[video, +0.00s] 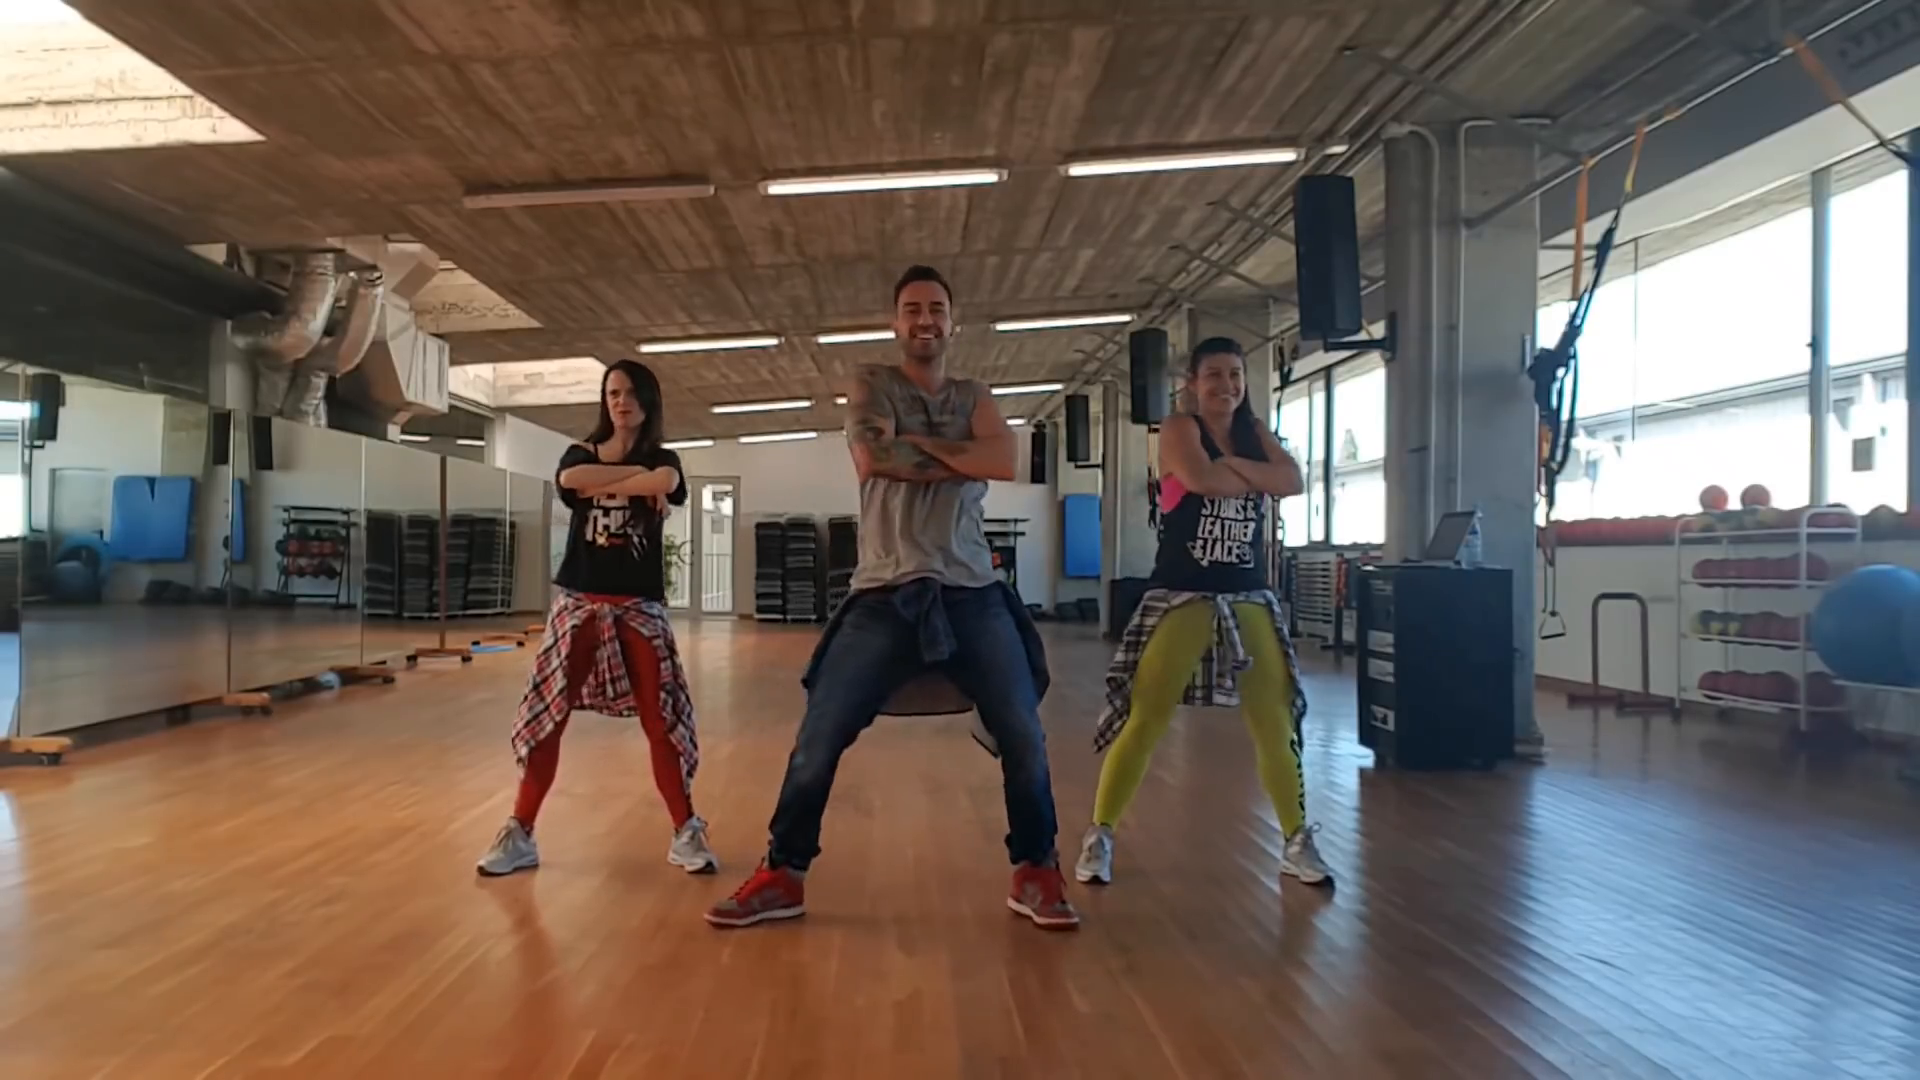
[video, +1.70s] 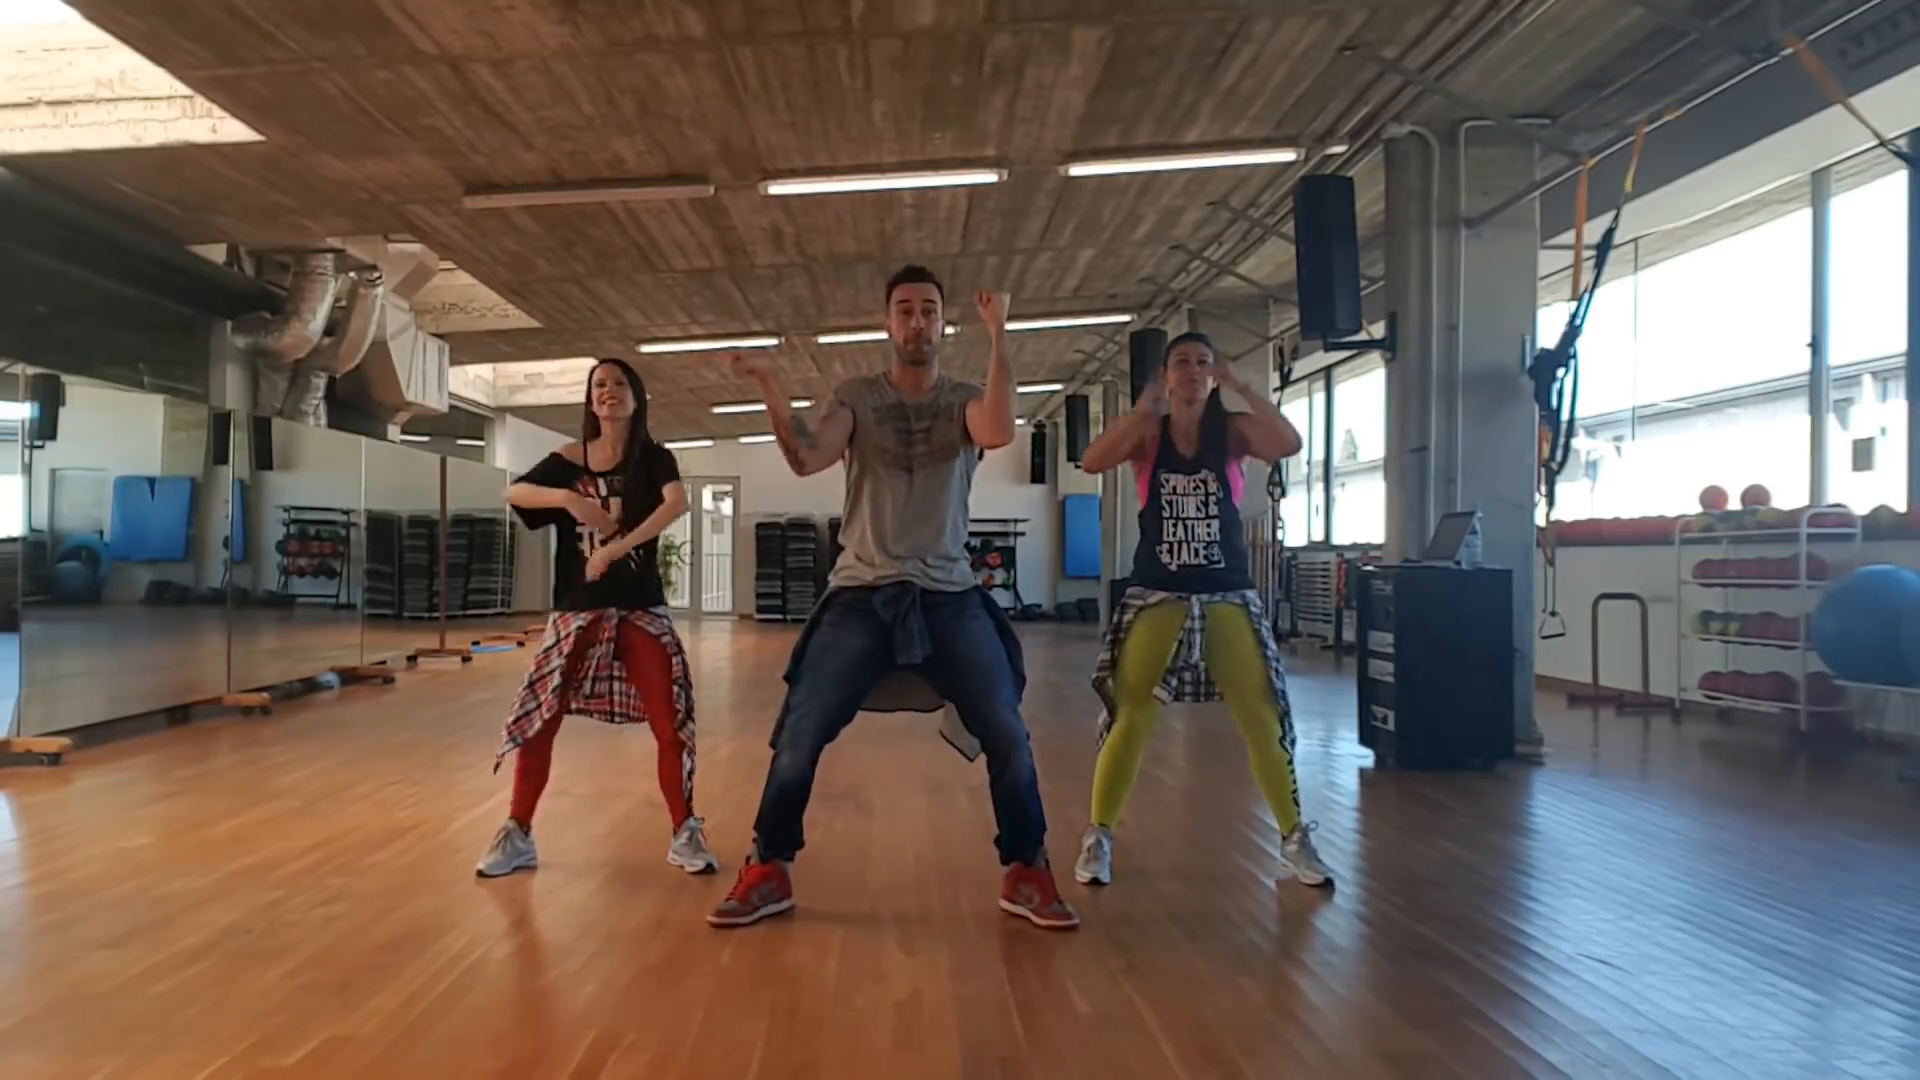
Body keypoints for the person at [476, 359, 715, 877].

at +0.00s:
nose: (619, 402)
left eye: (628, 393)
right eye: (613, 394)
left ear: (648, 401)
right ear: (604, 401)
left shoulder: (663, 462)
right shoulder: (583, 452)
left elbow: (662, 485)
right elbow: (569, 481)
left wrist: (597, 483)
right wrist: (639, 478)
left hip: (639, 603)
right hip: (578, 600)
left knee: (659, 719)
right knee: (548, 713)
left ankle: (686, 831)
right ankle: (520, 834)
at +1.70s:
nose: (609, 391)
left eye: (618, 383)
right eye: (600, 386)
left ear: (637, 396)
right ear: (590, 400)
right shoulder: (569, 458)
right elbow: (515, 494)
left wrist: (618, 545)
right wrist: (567, 499)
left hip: (641, 606)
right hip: (578, 607)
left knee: (670, 724)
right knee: (540, 716)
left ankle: (686, 833)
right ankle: (518, 834)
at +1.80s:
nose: (620, 389)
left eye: (628, 381)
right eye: (611, 384)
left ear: (648, 390)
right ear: (601, 397)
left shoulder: (665, 449)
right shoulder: (577, 450)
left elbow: (695, 464)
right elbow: (513, 452)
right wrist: (501, 452)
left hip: (659, 600)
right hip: (596, 601)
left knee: (676, 722)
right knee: (559, 714)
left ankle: (687, 832)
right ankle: (527, 831)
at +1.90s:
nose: (630, 392)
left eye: (638, 383)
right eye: (620, 387)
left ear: (656, 391)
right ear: (611, 400)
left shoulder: (677, 451)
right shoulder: (591, 454)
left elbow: (715, 438)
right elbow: (525, 450)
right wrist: (492, 398)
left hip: (673, 600)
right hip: (613, 598)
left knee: (686, 719)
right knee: (588, 709)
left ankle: (687, 831)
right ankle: (584, 812)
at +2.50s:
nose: (592, 423)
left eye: (600, 415)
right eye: (584, 417)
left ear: (620, 423)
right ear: (574, 428)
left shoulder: (631, 481)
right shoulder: (563, 480)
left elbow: (654, 491)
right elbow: (521, 491)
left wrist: (653, 417)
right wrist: (529, 425)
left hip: (626, 628)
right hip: (569, 629)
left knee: (656, 729)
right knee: (516, 720)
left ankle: (696, 831)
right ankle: (527, 832)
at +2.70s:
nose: (565, 404)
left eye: (575, 397)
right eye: (558, 397)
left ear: (594, 409)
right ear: (547, 410)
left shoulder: (603, 463)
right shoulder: (532, 458)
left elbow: (636, 468)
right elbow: (489, 461)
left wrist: (630, 398)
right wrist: (509, 393)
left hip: (591, 606)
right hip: (532, 606)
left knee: (623, 708)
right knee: (503, 725)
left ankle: (661, 818)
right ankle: (525, 829)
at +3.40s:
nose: (607, 420)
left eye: (615, 412)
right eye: (597, 413)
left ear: (631, 422)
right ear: (585, 425)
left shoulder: (645, 479)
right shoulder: (569, 480)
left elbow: (666, 465)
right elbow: (525, 476)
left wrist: (647, 402)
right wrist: (544, 405)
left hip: (651, 626)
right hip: (595, 631)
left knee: (703, 722)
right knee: (559, 732)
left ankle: (681, 837)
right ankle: (490, 817)